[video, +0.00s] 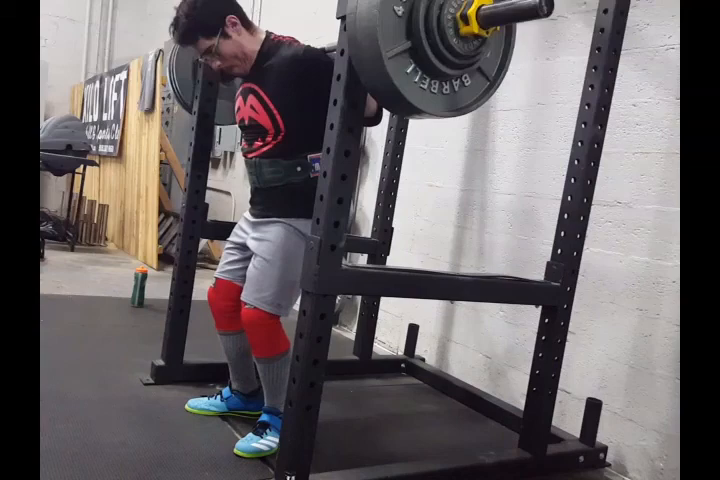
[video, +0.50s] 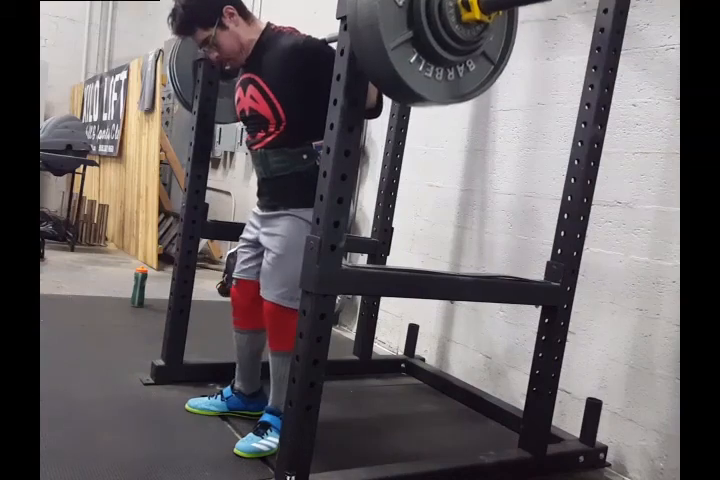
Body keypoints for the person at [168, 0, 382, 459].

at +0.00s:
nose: (215, 67)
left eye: (212, 54)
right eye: (206, 61)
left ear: (234, 26)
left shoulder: (304, 63)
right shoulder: (248, 75)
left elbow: (370, 107)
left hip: (294, 223)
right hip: (257, 217)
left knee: (259, 314)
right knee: (224, 300)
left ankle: (279, 421)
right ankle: (245, 394)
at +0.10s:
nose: (213, 66)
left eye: (211, 52)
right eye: (204, 59)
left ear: (233, 25)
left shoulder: (301, 61)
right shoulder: (247, 73)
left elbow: (369, 106)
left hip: (294, 221)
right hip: (257, 215)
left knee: (263, 314)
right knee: (227, 299)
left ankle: (280, 421)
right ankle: (246, 394)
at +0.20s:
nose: (213, 63)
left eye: (211, 49)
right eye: (204, 56)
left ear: (233, 22)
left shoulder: (299, 60)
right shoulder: (245, 72)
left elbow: (369, 105)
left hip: (298, 219)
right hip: (260, 214)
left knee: (269, 314)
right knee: (232, 298)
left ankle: (279, 420)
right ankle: (245, 393)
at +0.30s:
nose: (212, 63)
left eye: (210, 49)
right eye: (203, 56)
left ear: (232, 22)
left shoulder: (299, 59)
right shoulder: (245, 73)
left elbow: (369, 104)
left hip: (301, 218)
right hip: (264, 214)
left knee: (276, 314)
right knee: (237, 296)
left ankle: (280, 419)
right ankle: (245, 393)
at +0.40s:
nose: (213, 61)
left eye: (211, 48)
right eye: (204, 55)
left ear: (232, 21)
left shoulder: (300, 57)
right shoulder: (246, 72)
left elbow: (369, 102)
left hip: (302, 216)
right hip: (266, 212)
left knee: (278, 312)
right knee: (240, 294)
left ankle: (281, 420)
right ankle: (246, 393)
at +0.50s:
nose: (210, 58)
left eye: (208, 44)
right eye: (202, 50)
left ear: (231, 18)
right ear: (229, 23)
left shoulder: (297, 52)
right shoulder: (244, 68)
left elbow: (369, 95)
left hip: (302, 213)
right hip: (266, 209)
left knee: (281, 309)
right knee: (245, 292)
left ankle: (280, 419)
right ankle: (246, 393)